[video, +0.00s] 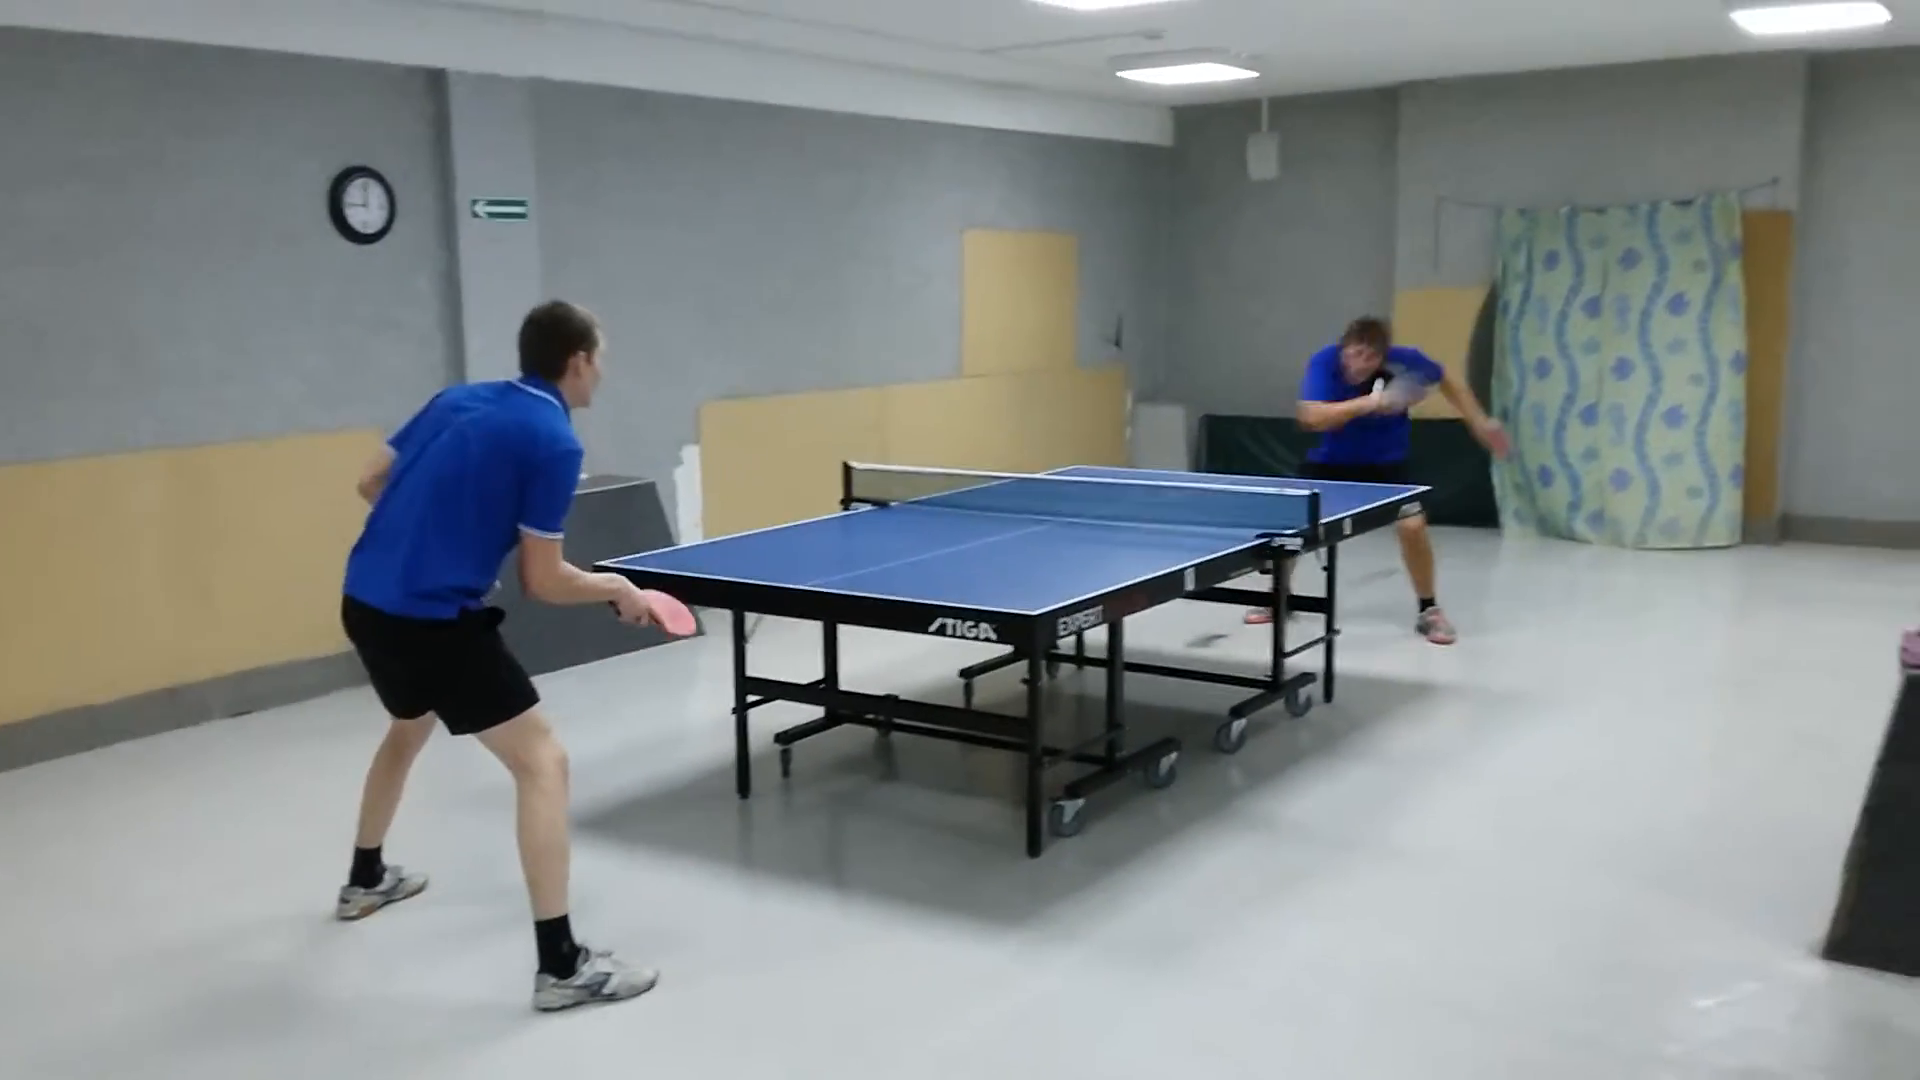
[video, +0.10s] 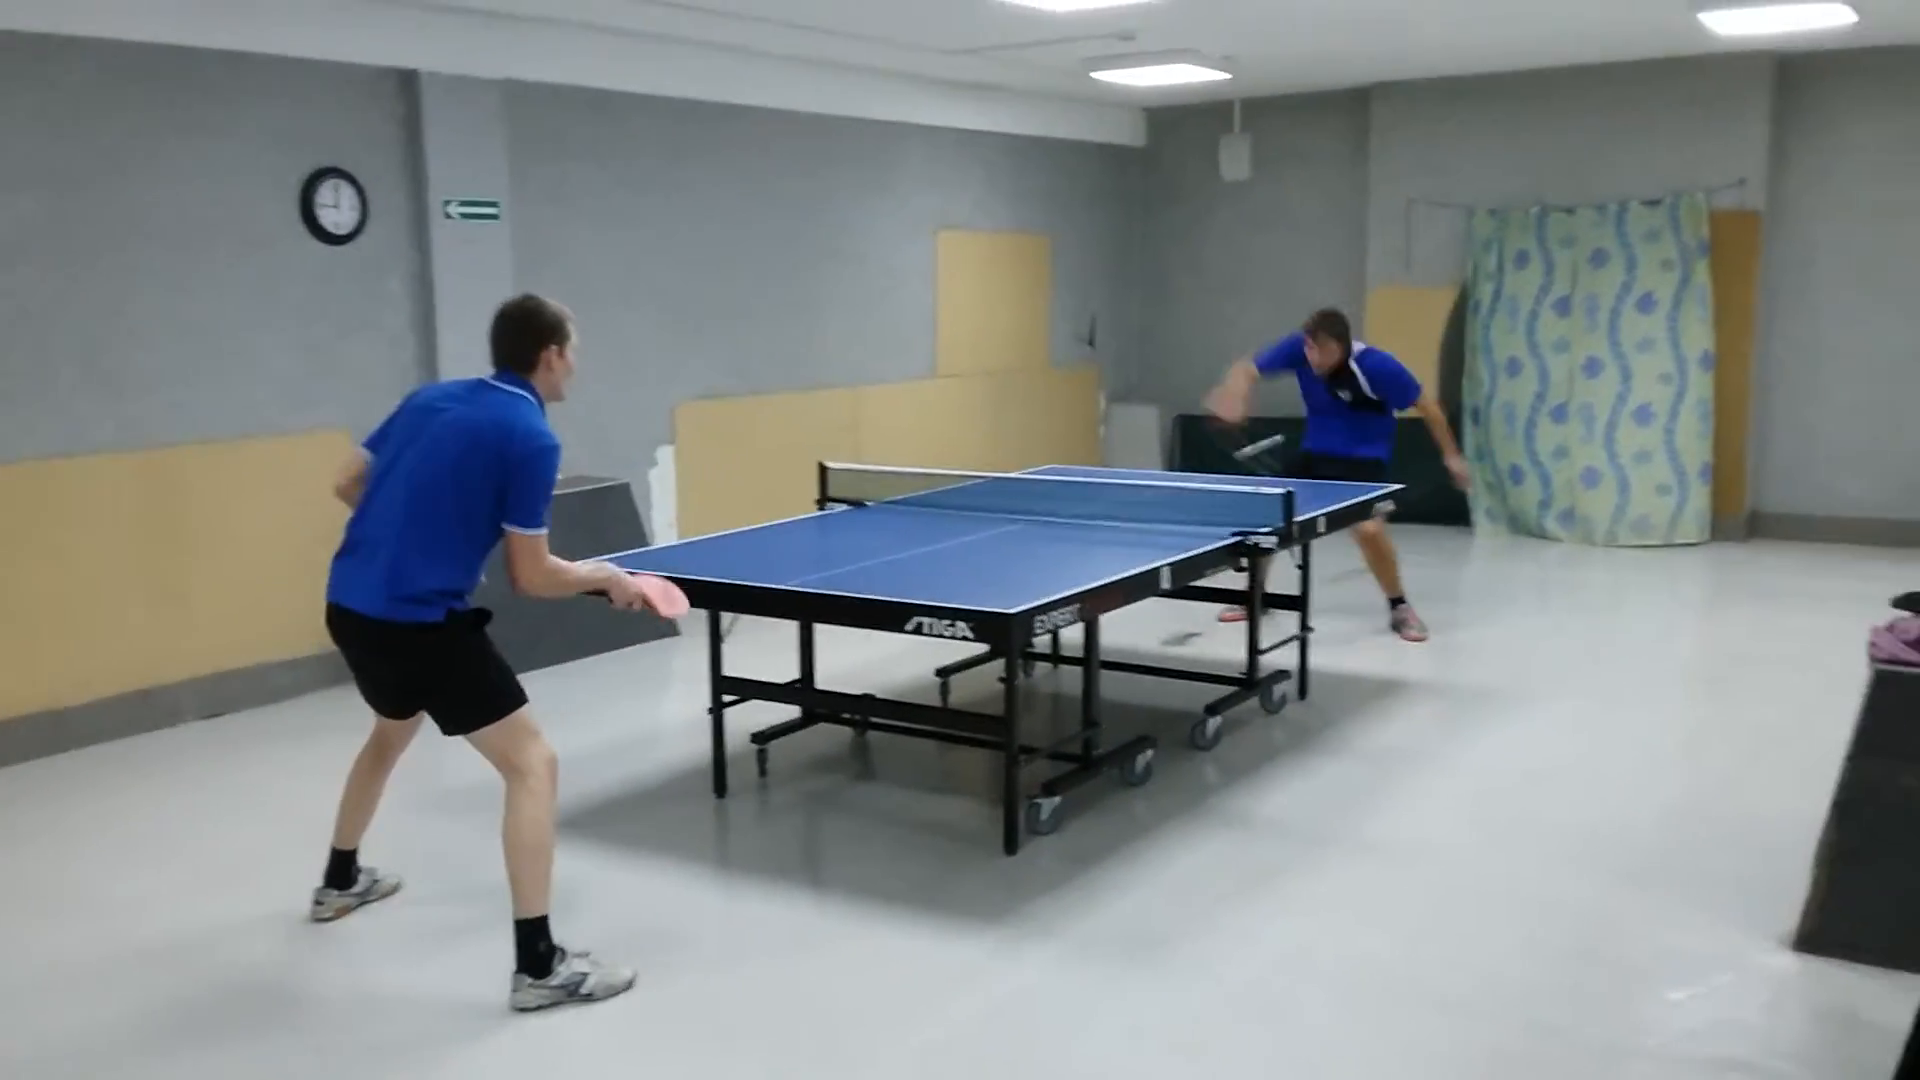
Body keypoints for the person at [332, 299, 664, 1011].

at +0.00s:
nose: (599, 373)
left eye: (597, 360)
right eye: (597, 361)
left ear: (528, 359)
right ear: (576, 364)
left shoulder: (458, 399)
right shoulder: (553, 440)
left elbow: (372, 481)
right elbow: (543, 578)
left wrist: (442, 529)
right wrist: (616, 589)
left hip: (367, 603)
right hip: (437, 616)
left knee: (410, 726)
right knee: (542, 764)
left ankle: (363, 880)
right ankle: (560, 965)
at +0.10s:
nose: (573, 364)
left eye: (570, 351)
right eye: (569, 352)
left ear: (505, 355)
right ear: (547, 358)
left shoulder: (434, 396)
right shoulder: (530, 436)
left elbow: (349, 482)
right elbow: (532, 573)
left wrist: (414, 530)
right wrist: (608, 579)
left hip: (352, 605)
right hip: (423, 617)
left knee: (396, 723)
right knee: (531, 765)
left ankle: (338, 880)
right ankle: (538, 966)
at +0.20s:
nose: (555, 350)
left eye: (551, 337)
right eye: (551, 338)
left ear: (484, 341)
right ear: (532, 344)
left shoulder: (413, 389)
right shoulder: (517, 426)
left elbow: (336, 479)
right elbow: (538, 562)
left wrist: (407, 518)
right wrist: (607, 547)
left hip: (345, 602)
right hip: (419, 614)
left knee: (390, 719)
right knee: (540, 749)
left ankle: (324, 869)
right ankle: (529, 945)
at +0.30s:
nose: (552, 351)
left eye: (548, 338)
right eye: (549, 339)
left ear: (479, 342)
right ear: (530, 343)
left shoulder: (413, 392)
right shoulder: (515, 423)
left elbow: (346, 482)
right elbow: (566, 552)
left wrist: (450, 536)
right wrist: (615, 517)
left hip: (338, 604)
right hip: (416, 609)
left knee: (403, 703)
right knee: (562, 717)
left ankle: (312, 846)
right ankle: (571, 905)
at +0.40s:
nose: (552, 379)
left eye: (549, 366)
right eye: (549, 367)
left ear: (480, 370)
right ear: (532, 371)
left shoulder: (418, 419)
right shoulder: (525, 447)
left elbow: (399, 512)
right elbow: (596, 562)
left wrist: (480, 552)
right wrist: (615, 522)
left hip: (330, 620)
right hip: (408, 628)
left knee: (400, 708)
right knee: (567, 715)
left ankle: (305, 842)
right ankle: (574, 900)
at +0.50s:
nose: (546, 417)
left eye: (545, 405)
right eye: (544, 405)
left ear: (476, 402)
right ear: (528, 405)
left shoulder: (417, 449)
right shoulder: (519, 475)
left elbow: (405, 539)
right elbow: (596, 595)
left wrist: (489, 577)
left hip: (334, 657)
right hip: (412, 666)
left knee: (407, 721)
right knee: (581, 718)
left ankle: (300, 849)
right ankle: (571, 909)